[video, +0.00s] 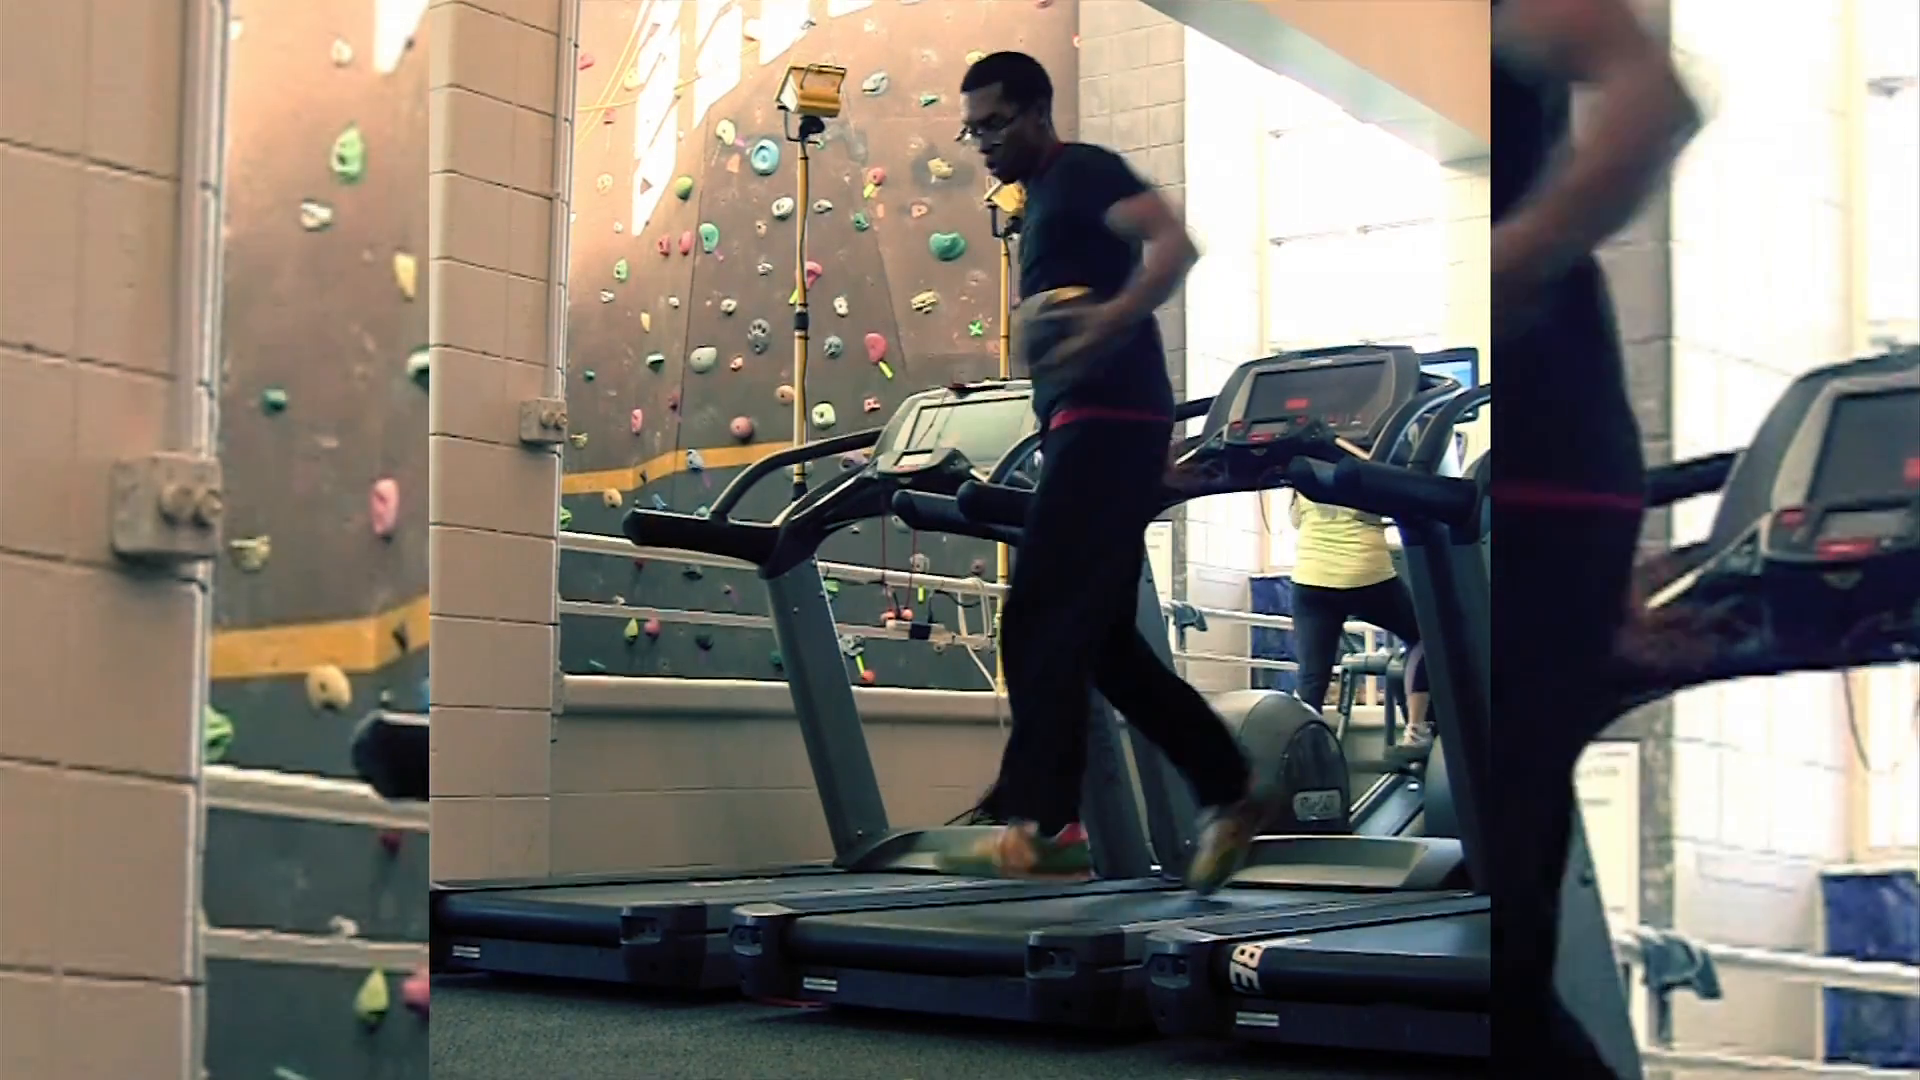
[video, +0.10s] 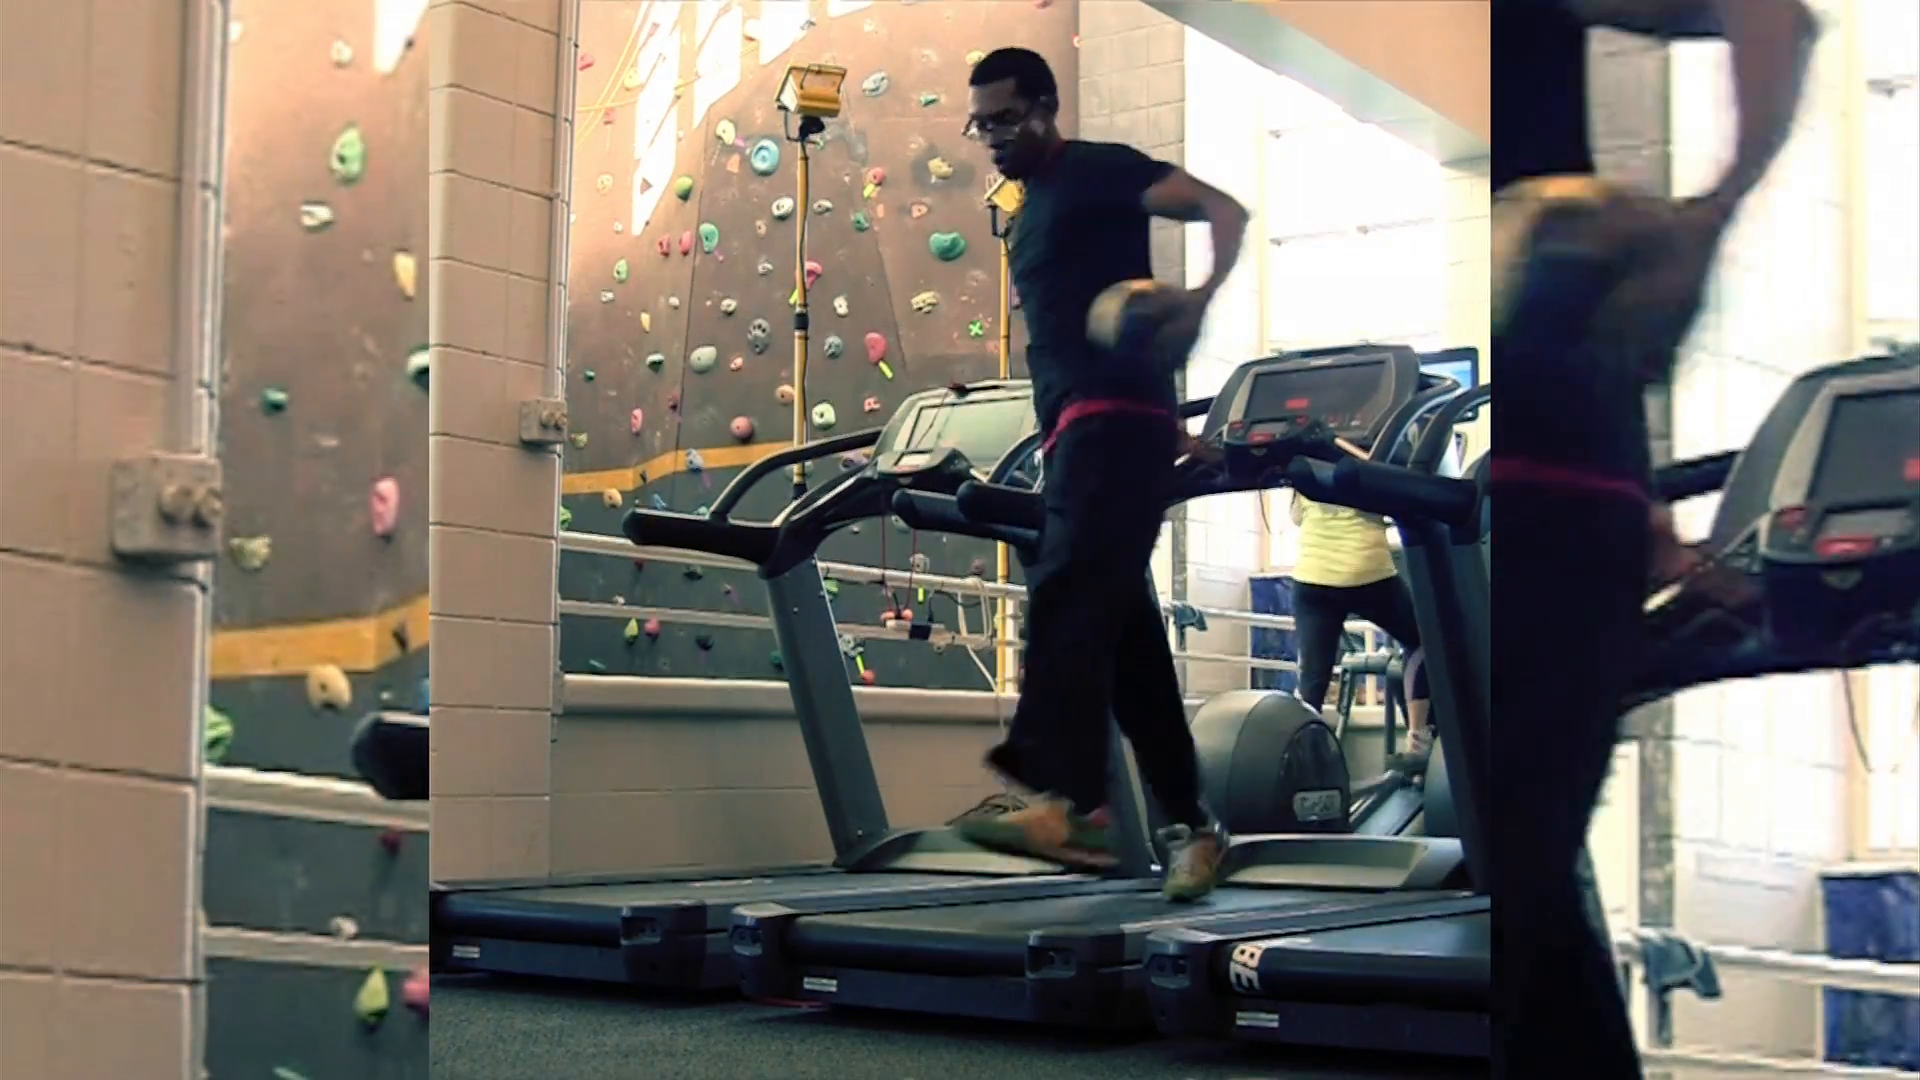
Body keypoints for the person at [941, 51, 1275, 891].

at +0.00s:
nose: (982, 143)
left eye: (993, 124)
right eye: (974, 131)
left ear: (1040, 112)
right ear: (983, 131)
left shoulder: (1082, 169)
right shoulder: (1039, 203)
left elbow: (1172, 240)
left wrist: (1108, 321)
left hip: (1108, 428)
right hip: (1087, 431)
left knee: (1039, 620)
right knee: (1100, 637)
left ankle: (1042, 827)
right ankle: (1233, 796)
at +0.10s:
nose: (992, 137)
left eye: (1006, 120)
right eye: (981, 125)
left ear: (1048, 111)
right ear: (974, 128)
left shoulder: (1101, 167)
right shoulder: (1021, 206)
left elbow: (1224, 212)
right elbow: (1069, 315)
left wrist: (1199, 297)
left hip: (1117, 419)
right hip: (1078, 429)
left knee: (1067, 597)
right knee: (1123, 626)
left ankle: (1057, 805)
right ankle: (1195, 827)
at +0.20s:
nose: (1005, 136)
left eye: (1020, 119)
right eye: (991, 123)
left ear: (1058, 111)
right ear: (981, 124)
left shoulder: (1106, 171)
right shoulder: (1009, 209)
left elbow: (1248, 202)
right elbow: (1046, 319)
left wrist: (1270, 303)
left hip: (1123, 413)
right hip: (1058, 432)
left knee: (1081, 592)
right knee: (1117, 618)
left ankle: (1120, 804)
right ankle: (1185, 832)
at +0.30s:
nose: (1027, 130)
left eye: (1042, 113)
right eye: (1011, 116)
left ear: (1069, 105)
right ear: (993, 114)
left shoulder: (1119, 175)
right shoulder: (1008, 221)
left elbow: (1256, 216)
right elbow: (1063, 341)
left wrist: (1301, 322)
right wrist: (1176, 397)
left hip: (1120, 420)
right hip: (1051, 441)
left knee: (1112, 607)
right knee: (1079, 640)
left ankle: (1185, 802)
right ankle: (1154, 841)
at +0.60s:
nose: (1113, 116)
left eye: (1123, 103)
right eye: (1098, 99)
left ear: (1129, 107)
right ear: (1052, 96)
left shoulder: (1155, 190)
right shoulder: (995, 202)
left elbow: (1203, 292)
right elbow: (987, 320)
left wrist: (1173, 391)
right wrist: (1034, 386)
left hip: (1139, 433)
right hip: (1044, 447)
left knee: (1173, 607)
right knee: (1067, 650)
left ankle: (1301, 789)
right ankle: (1110, 847)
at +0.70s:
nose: (1140, 120)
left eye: (1149, 107)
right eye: (1127, 101)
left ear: (1148, 109)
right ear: (1076, 93)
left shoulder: (1164, 202)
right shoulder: (1000, 197)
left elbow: (1171, 324)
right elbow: (948, 299)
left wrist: (1162, 416)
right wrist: (968, 420)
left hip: (1151, 452)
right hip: (1049, 460)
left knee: (1208, 626)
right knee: (1060, 660)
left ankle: (1306, 803)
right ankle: (1086, 851)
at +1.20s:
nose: (1194, 159)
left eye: (1199, 146)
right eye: (1189, 139)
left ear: (1149, 128)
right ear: (1147, 120)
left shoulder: (1117, 209)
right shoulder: (1093, 162)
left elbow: (1041, 345)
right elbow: (1006, 205)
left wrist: (1028, 488)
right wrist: (1068, 287)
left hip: (1115, 451)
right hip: (1077, 441)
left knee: (1177, 638)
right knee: (1071, 639)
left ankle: (1108, 848)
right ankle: (998, 854)